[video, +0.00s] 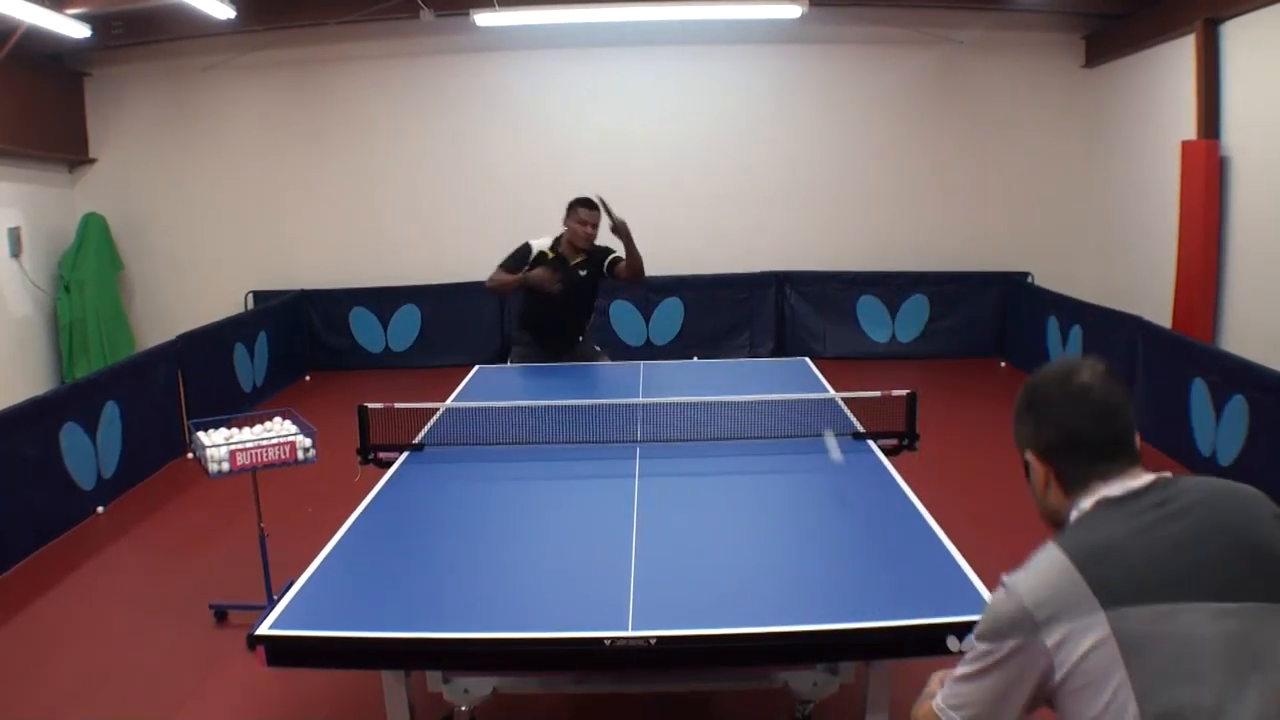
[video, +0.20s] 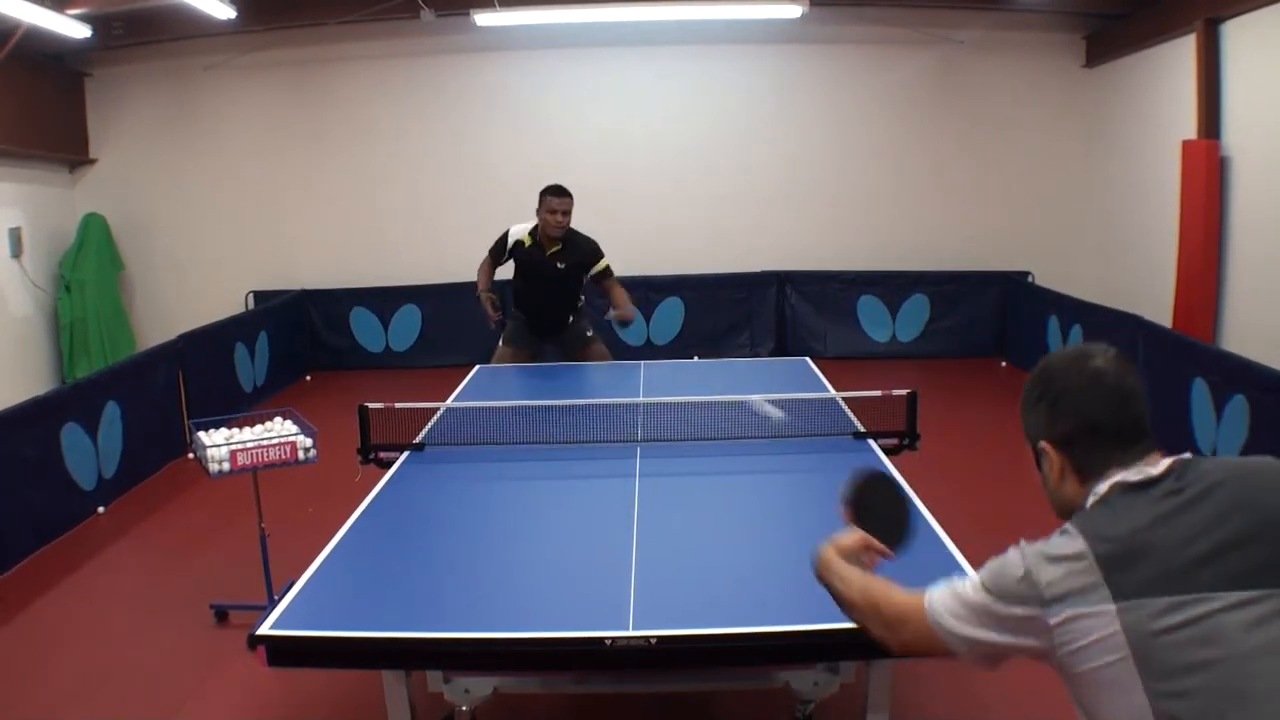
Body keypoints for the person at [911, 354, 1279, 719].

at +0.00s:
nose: (1028, 482)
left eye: (1024, 467)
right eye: (1022, 468)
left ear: (1040, 470)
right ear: (1135, 442)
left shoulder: (1036, 597)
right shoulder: (1255, 508)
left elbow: (950, 714)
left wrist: (933, 694)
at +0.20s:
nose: (1039, 475)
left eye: (1037, 457)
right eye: (1037, 456)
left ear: (1054, 461)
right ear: (1143, 429)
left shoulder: (1056, 572)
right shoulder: (1266, 484)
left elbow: (903, 625)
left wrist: (831, 561)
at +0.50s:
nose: (1089, 420)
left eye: (1088, 402)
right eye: (1087, 401)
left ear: (1117, 415)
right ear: (1210, 395)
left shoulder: (1125, 550)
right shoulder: (1270, 479)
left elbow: (928, 667)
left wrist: (856, 564)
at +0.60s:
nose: (1076, 395)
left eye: (1074, 376)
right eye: (1071, 375)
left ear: (1105, 382)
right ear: (1198, 355)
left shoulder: (1131, 517)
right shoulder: (1266, 446)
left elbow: (991, 699)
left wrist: (891, 653)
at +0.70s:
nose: (1049, 427)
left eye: (1047, 407)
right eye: (1045, 407)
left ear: (1080, 410)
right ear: (1168, 380)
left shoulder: (1120, 550)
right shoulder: (1267, 461)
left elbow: (1047, 711)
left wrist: (930, 718)